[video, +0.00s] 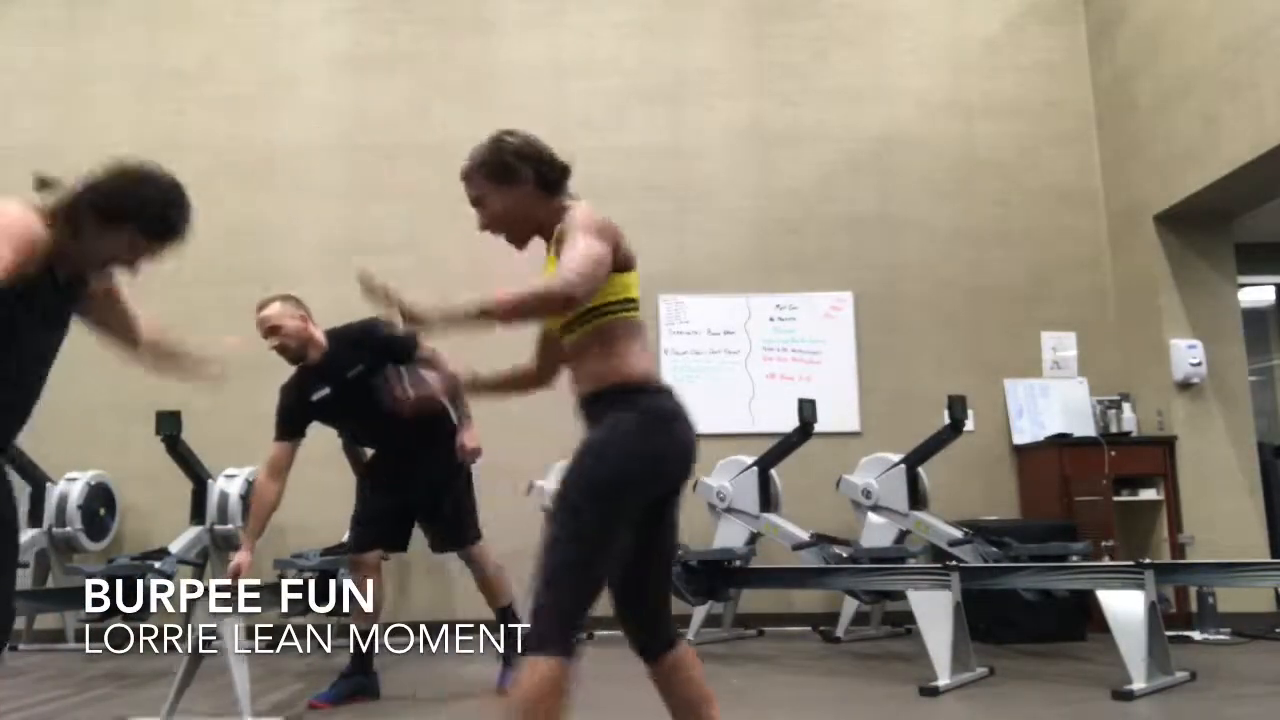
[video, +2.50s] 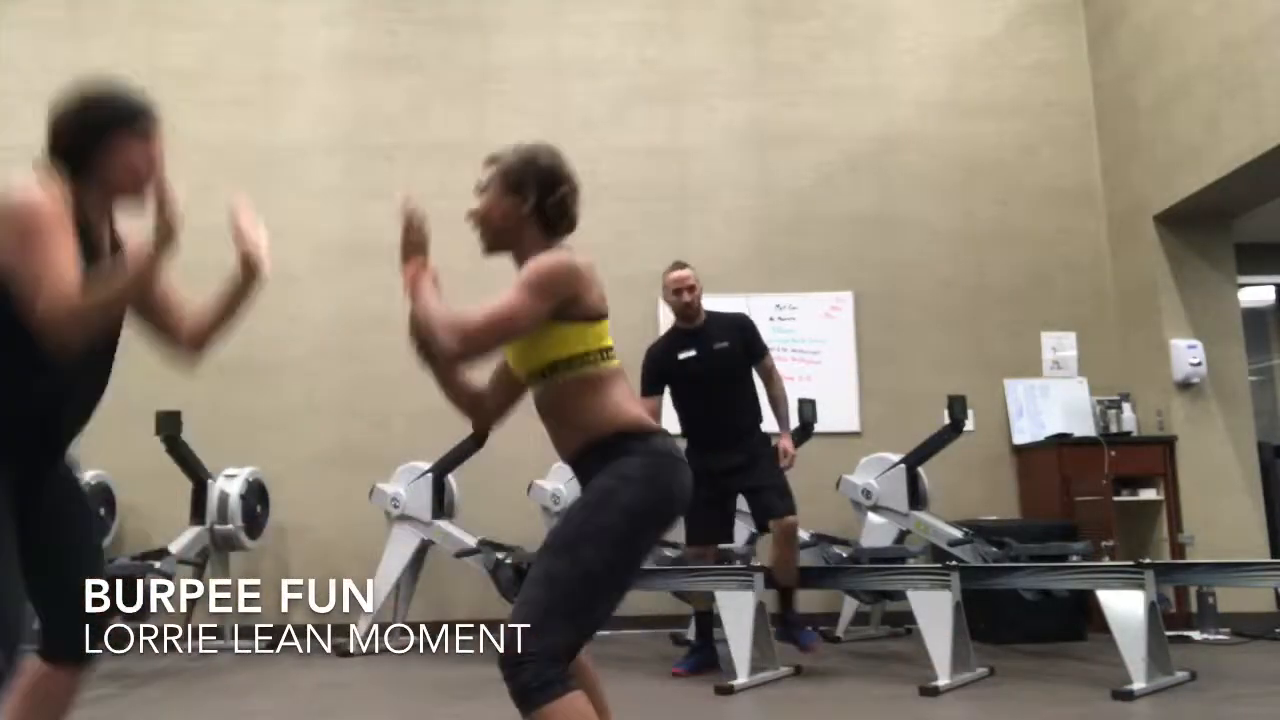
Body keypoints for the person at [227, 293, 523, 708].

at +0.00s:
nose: (272, 343)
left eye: (275, 330)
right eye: (266, 337)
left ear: (305, 319)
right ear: (271, 342)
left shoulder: (369, 337)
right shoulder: (297, 394)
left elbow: (438, 362)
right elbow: (273, 473)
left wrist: (466, 423)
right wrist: (246, 546)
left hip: (436, 444)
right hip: (385, 458)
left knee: (469, 545)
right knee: (364, 557)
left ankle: (516, 642)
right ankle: (362, 671)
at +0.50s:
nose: (481, 285)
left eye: (487, 276)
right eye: (471, 278)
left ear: (497, 277)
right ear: (451, 282)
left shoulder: (524, 326)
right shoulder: (436, 339)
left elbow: (563, 381)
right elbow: (412, 411)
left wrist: (574, 446)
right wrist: (392, 474)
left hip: (516, 456)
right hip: (468, 458)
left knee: (494, 556)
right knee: (431, 544)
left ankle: (492, 667)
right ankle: (431, 657)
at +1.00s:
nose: (599, 285)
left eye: (602, 278)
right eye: (590, 279)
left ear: (606, 280)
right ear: (566, 283)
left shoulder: (629, 327)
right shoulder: (545, 340)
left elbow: (657, 380)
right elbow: (536, 408)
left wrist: (670, 432)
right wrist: (537, 472)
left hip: (626, 450)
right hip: (579, 452)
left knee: (635, 543)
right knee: (570, 550)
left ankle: (665, 639)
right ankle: (580, 651)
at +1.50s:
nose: (661, 319)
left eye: (664, 310)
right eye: (651, 314)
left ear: (670, 307)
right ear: (634, 318)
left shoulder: (708, 337)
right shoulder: (630, 370)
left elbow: (749, 380)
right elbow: (633, 441)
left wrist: (773, 436)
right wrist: (650, 507)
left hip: (719, 456)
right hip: (675, 461)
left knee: (716, 550)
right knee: (674, 553)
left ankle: (720, 649)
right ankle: (700, 641)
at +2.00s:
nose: (648, 347)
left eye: (650, 336)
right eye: (638, 344)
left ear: (659, 329)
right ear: (628, 349)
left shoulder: (705, 351)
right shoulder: (636, 396)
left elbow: (750, 382)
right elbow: (645, 457)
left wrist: (771, 441)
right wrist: (650, 507)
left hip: (731, 461)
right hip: (686, 470)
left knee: (723, 552)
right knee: (687, 554)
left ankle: (725, 647)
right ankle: (700, 643)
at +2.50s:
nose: (687, 297)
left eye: (691, 288)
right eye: (678, 292)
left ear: (701, 290)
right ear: (666, 299)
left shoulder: (737, 327)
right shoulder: (659, 354)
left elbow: (771, 378)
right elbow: (650, 419)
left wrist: (785, 432)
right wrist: (656, 472)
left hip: (752, 450)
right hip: (703, 458)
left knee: (785, 523)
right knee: (700, 551)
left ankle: (787, 620)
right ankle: (703, 643)